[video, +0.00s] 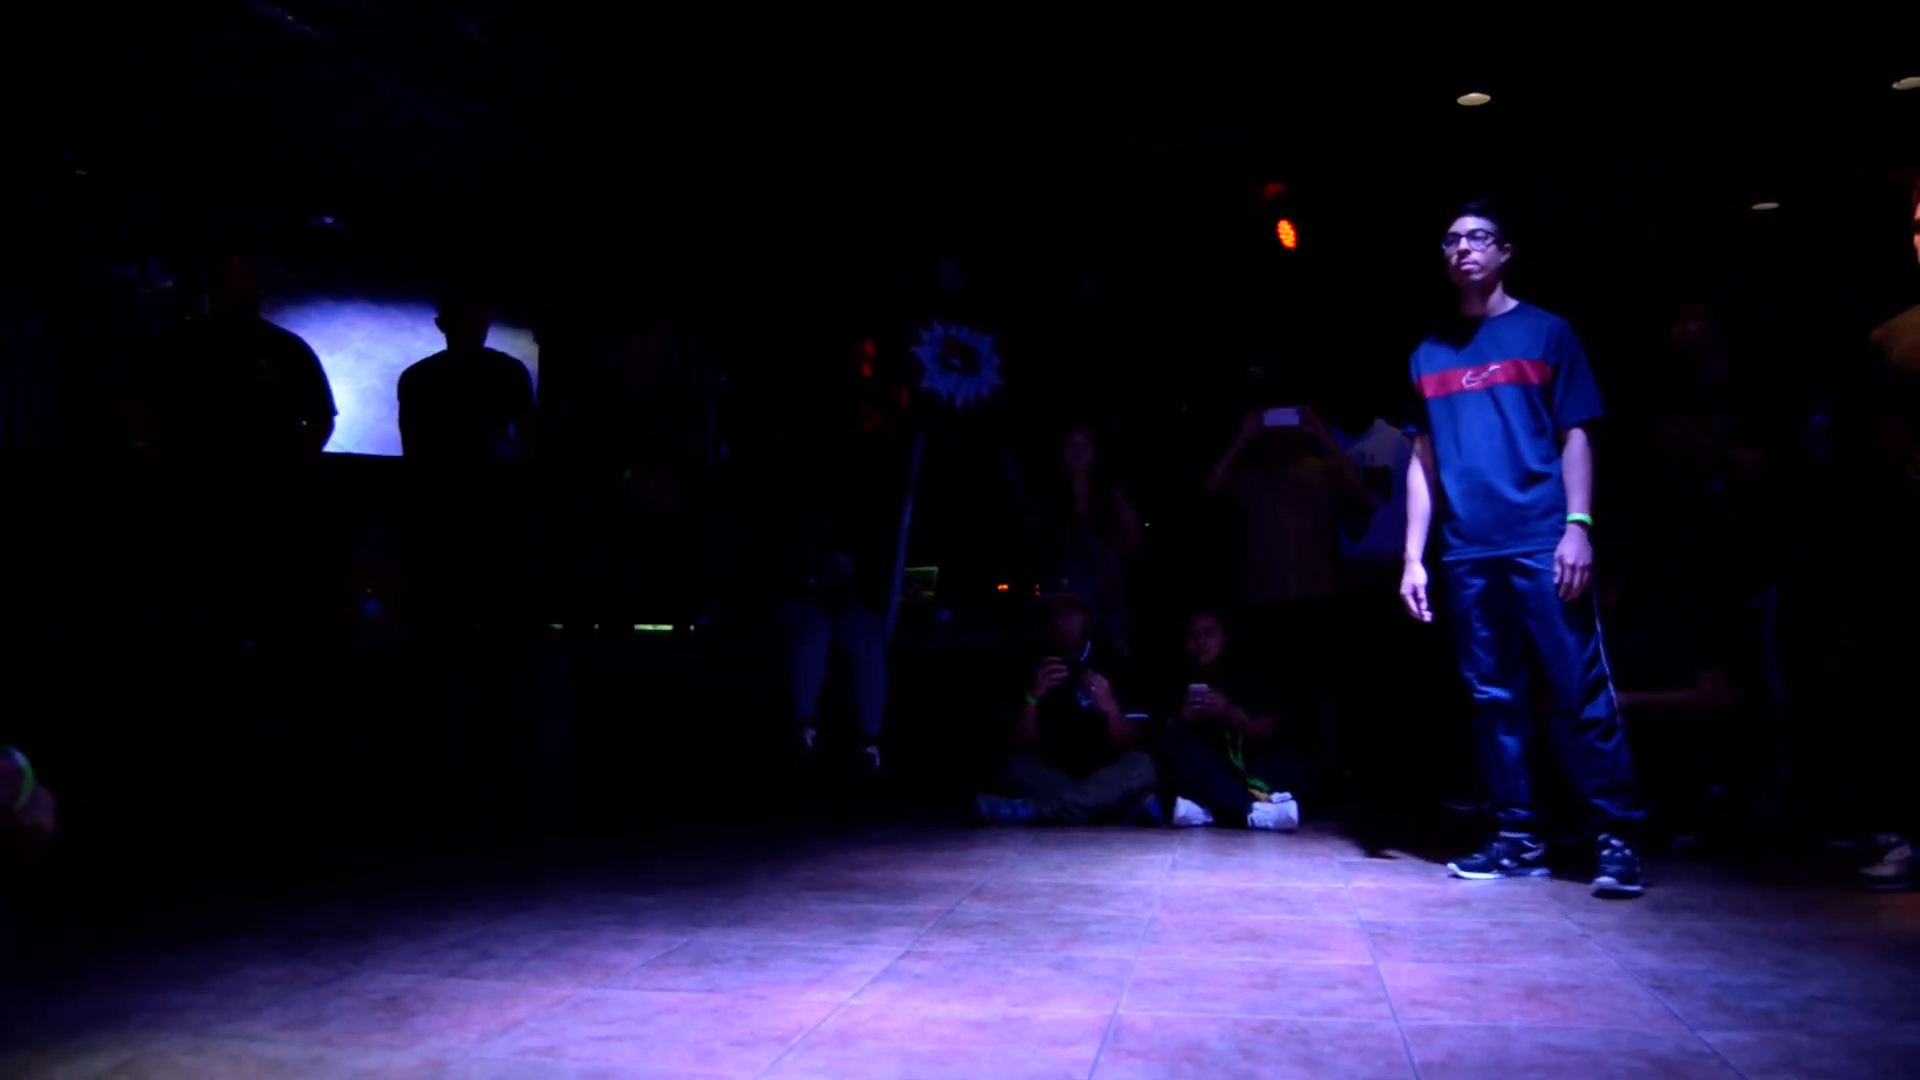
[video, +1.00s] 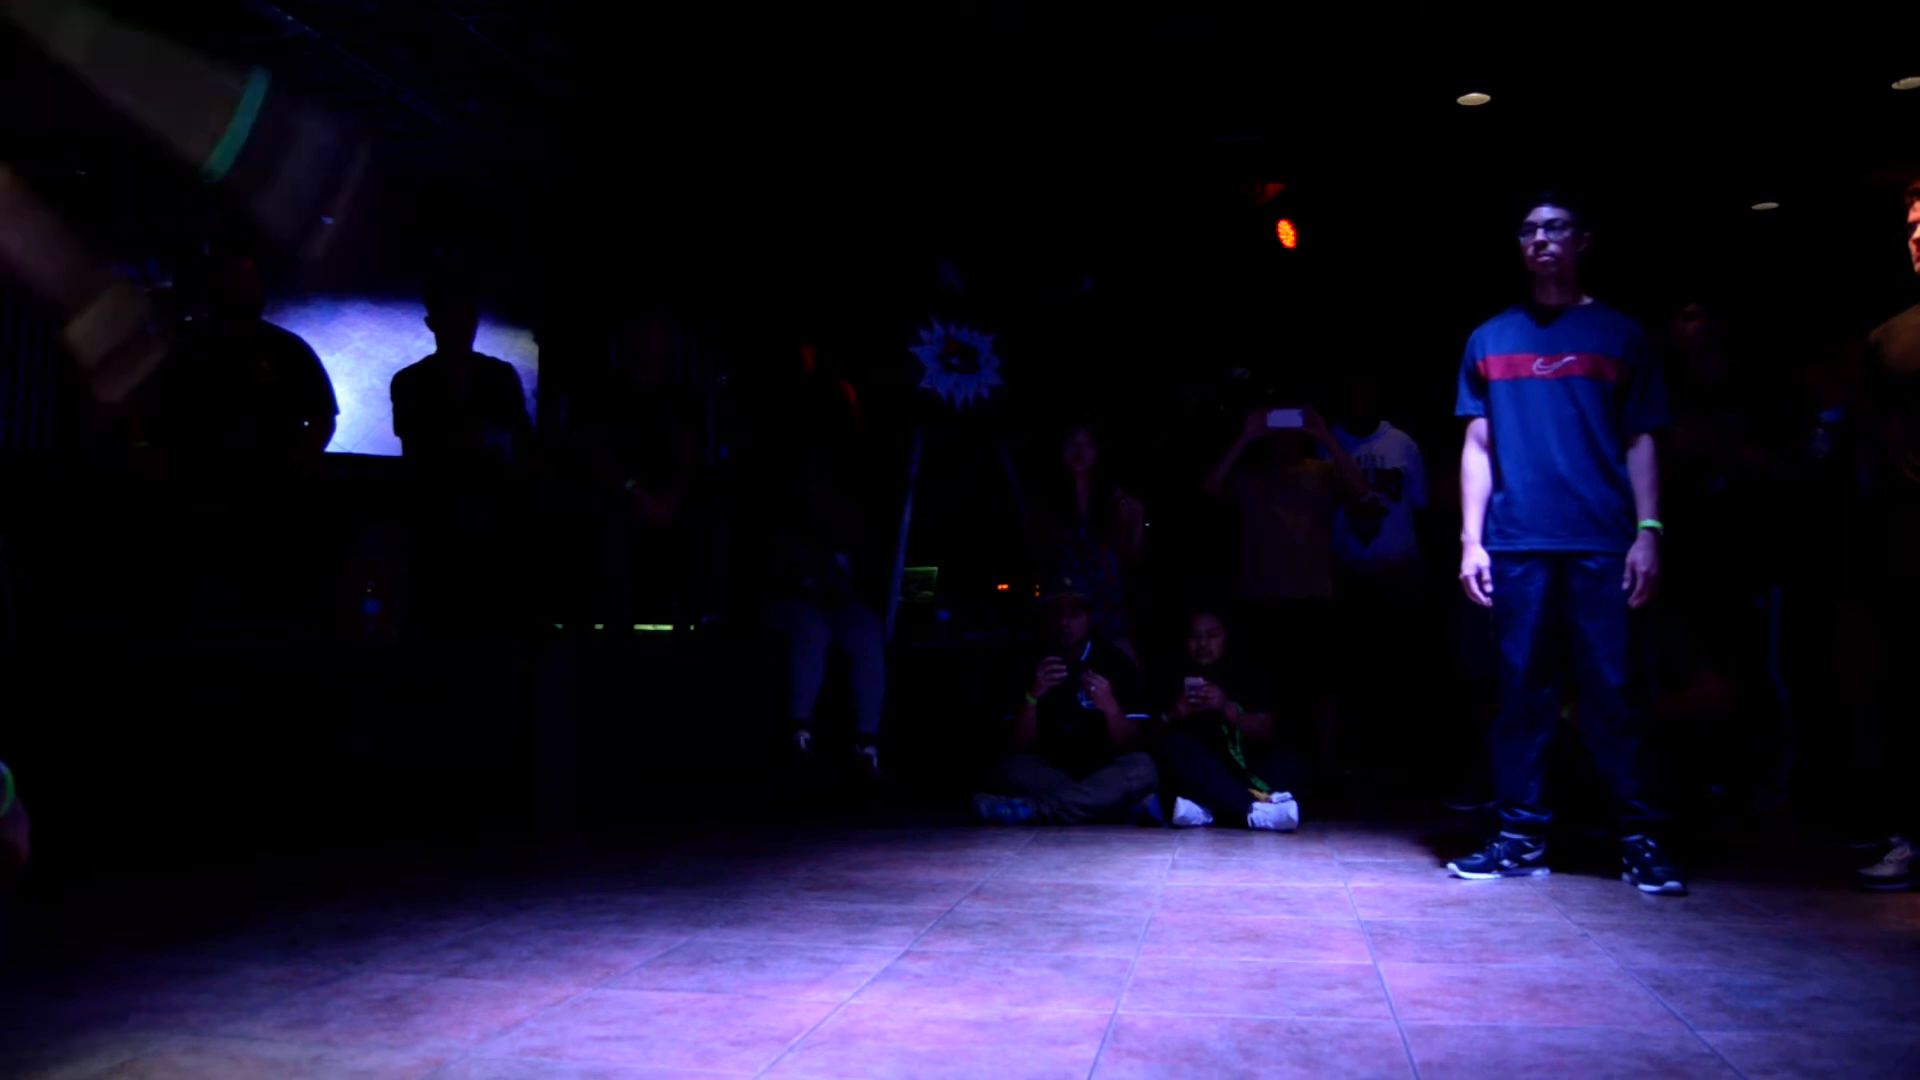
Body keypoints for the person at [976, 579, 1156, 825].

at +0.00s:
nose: (1066, 631)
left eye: (1072, 622)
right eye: (1059, 624)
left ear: (1085, 625)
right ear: (1049, 628)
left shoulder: (1109, 662)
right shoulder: (1035, 664)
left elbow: (1128, 738)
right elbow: (1021, 741)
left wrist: (1108, 705)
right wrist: (1034, 695)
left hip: (1100, 755)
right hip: (1050, 756)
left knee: (1140, 767)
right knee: (1016, 769)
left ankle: (1035, 809)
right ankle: (1119, 808)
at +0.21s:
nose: (1066, 629)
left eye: (1073, 620)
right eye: (1059, 621)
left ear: (1086, 623)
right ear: (1049, 627)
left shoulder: (1108, 662)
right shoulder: (1035, 664)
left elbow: (1127, 738)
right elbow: (1021, 741)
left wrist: (1107, 705)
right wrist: (1034, 695)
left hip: (1100, 756)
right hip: (1050, 757)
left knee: (1141, 766)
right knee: (1016, 769)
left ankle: (1036, 809)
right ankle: (1119, 808)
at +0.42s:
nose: (1065, 627)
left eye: (1072, 618)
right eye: (1058, 619)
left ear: (1086, 622)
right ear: (1047, 625)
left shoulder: (1107, 661)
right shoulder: (1033, 662)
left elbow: (1127, 738)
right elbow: (1021, 741)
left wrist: (1108, 705)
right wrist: (1034, 695)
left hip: (1100, 755)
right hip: (1050, 756)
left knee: (1141, 766)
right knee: (1016, 769)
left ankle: (1036, 809)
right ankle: (1119, 808)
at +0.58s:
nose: (1067, 629)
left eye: (1074, 620)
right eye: (1059, 621)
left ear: (1087, 623)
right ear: (1048, 626)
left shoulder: (1108, 661)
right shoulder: (1034, 661)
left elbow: (1126, 738)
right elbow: (1021, 741)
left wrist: (1107, 704)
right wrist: (1035, 695)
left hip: (1100, 756)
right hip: (1049, 756)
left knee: (1141, 767)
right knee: (1015, 769)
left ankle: (1035, 809)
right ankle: (1119, 808)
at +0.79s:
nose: (1067, 629)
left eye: (1074, 620)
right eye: (1060, 622)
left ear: (1087, 623)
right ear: (1048, 627)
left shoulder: (1108, 662)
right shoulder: (1035, 662)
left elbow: (1127, 738)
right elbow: (1021, 741)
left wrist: (1107, 704)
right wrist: (1034, 695)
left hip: (1100, 756)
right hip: (1050, 756)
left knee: (1141, 766)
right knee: (1015, 769)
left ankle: (1036, 809)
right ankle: (1119, 808)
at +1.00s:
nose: (1065, 624)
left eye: (1074, 615)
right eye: (1058, 615)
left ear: (1088, 619)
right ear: (1046, 620)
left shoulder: (1110, 659)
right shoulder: (1032, 661)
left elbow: (1131, 741)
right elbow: (1021, 745)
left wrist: (1108, 705)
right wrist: (1033, 696)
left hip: (1101, 760)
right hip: (1049, 760)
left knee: (1142, 768)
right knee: (1013, 769)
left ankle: (1037, 809)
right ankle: (1121, 809)